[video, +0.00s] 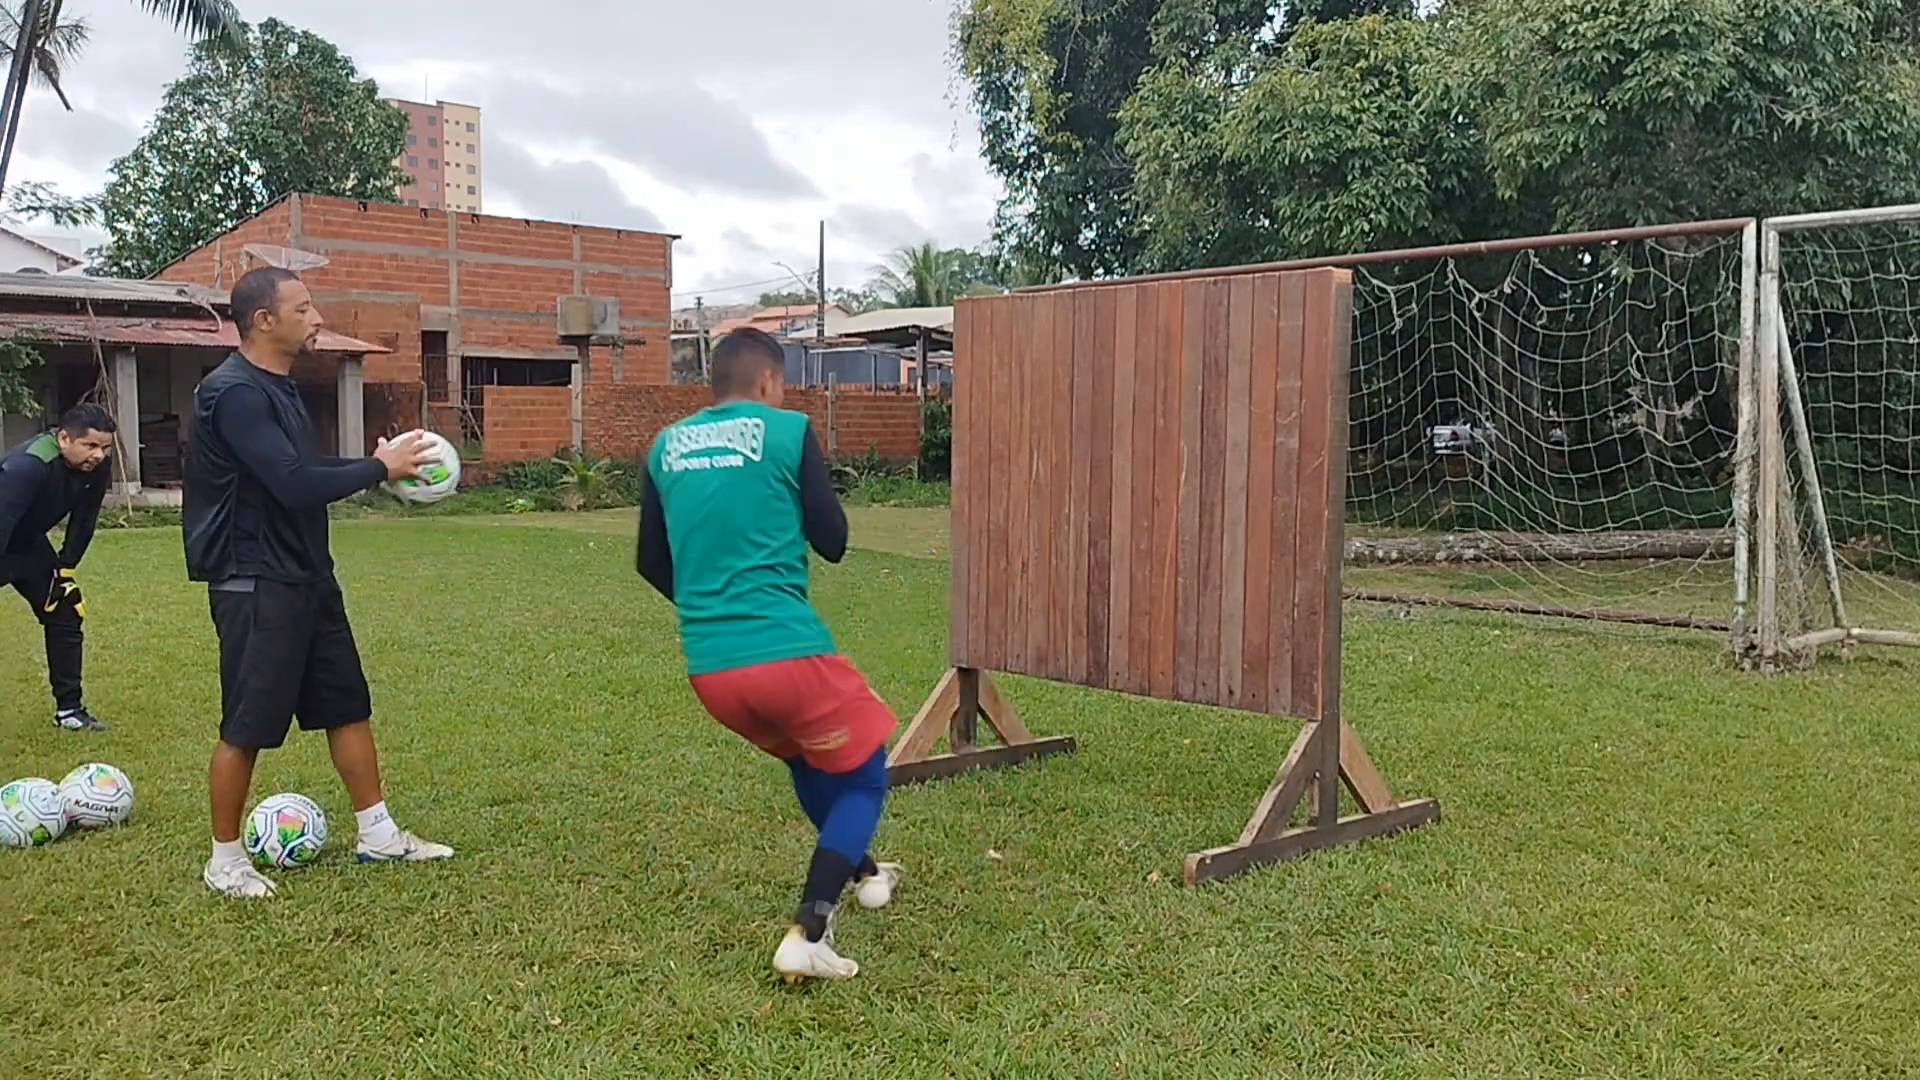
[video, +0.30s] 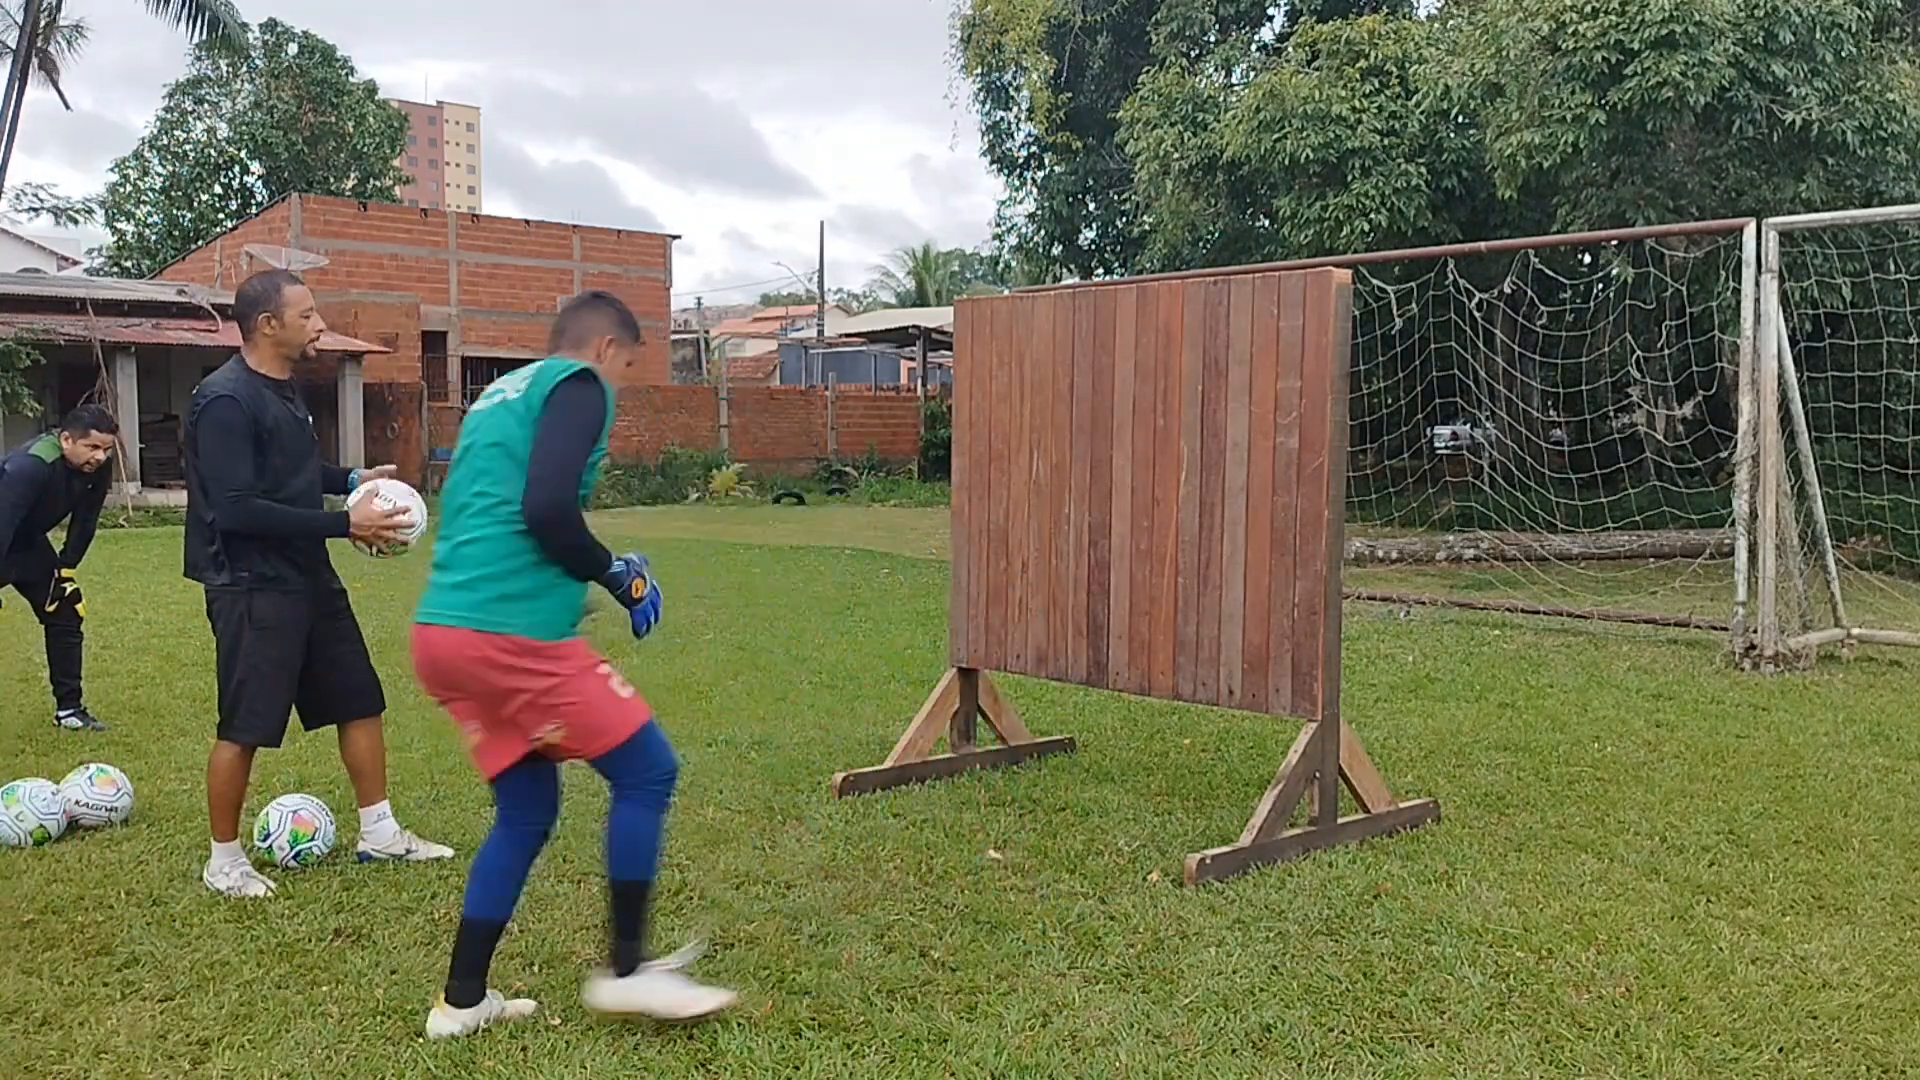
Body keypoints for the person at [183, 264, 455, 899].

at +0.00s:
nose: (317, 318)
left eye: (312, 306)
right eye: (303, 309)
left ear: (270, 321)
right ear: (264, 322)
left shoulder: (282, 389)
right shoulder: (237, 394)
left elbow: (305, 474)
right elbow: (293, 486)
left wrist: (379, 465)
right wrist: (378, 465)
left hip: (307, 579)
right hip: (254, 585)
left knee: (345, 705)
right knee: (246, 725)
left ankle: (378, 833)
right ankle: (226, 858)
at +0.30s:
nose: (319, 325)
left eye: (315, 313)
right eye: (307, 315)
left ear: (272, 325)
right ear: (266, 325)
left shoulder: (285, 391)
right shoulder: (227, 400)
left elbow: (298, 480)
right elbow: (233, 509)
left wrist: (356, 482)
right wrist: (344, 524)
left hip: (310, 579)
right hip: (252, 586)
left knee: (359, 701)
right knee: (244, 726)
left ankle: (379, 834)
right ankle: (225, 859)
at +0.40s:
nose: (326, 328)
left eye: (323, 316)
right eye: (314, 319)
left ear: (286, 326)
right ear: (275, 327)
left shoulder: (299, 393)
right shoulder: (223, 406)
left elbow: (311, 478)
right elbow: (212, 519)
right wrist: (303, 549)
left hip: (307, 574)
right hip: (248, 584)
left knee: (359, 693)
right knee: (242, 726)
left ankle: (385, 819)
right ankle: (225, 859)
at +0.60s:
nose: (358, 335)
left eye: (356, 324)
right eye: (346, 326)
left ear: (322, 334)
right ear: (305, 335)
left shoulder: (348, 390)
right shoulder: (248, 403)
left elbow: (388, 437)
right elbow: (192, 499)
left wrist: (440, 461)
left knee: (399, 687)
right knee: (246, 720)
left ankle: (415, 820)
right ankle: (224, 853)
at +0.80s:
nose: (422, 351)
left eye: (420, 339)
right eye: (413, 340)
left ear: (384, 349)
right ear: (373, 349)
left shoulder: (395, 401)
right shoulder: (311, 398)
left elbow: (415, 426)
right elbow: (228, 409)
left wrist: (478, 452)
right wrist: (210, 317)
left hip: (377, 588)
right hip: (308, 591)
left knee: (430, 689)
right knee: (268, 722)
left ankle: (432, 826)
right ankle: (224, 845)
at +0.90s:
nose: (461, 359)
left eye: (459, 348)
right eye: (452, 349)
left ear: (417, 356)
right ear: (416, 357)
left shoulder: (415, 413)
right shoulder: (366, 407)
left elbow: (411, 441)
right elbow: (323, 394)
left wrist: (450, 460)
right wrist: (304, 319)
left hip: (391, 590)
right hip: (334, 592)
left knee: (439, 689)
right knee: (291, 721)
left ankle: (435, 824)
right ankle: (231, 832)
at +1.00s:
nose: (492, 369)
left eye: (492, 358)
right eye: (484, 359)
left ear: (444, 368)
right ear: (450, 367)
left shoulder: (424, 407)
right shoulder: (426, 419)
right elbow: (498, 454)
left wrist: (435, 480)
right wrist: (519, 386)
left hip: (384, 593)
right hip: (351, 597)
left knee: (431, 686)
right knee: (311, 715)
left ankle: (435, 823)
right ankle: (241, 817)